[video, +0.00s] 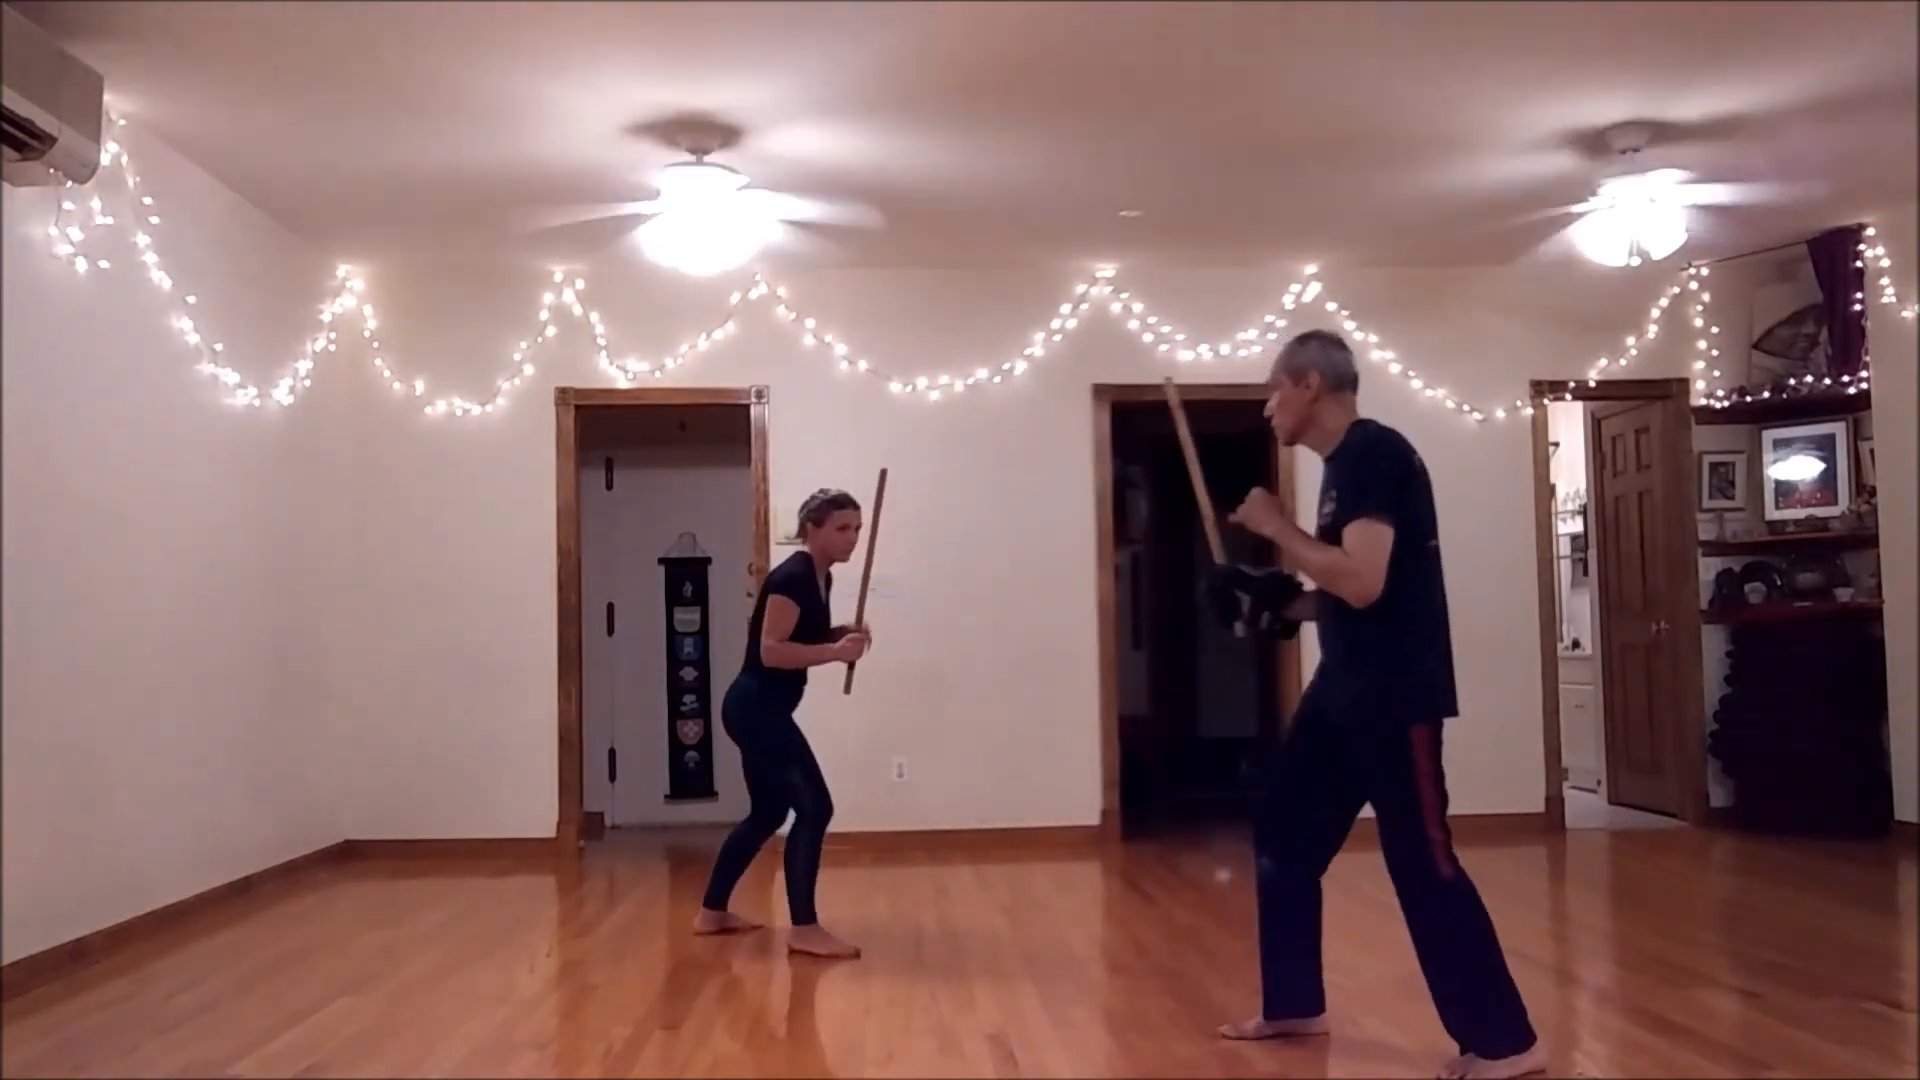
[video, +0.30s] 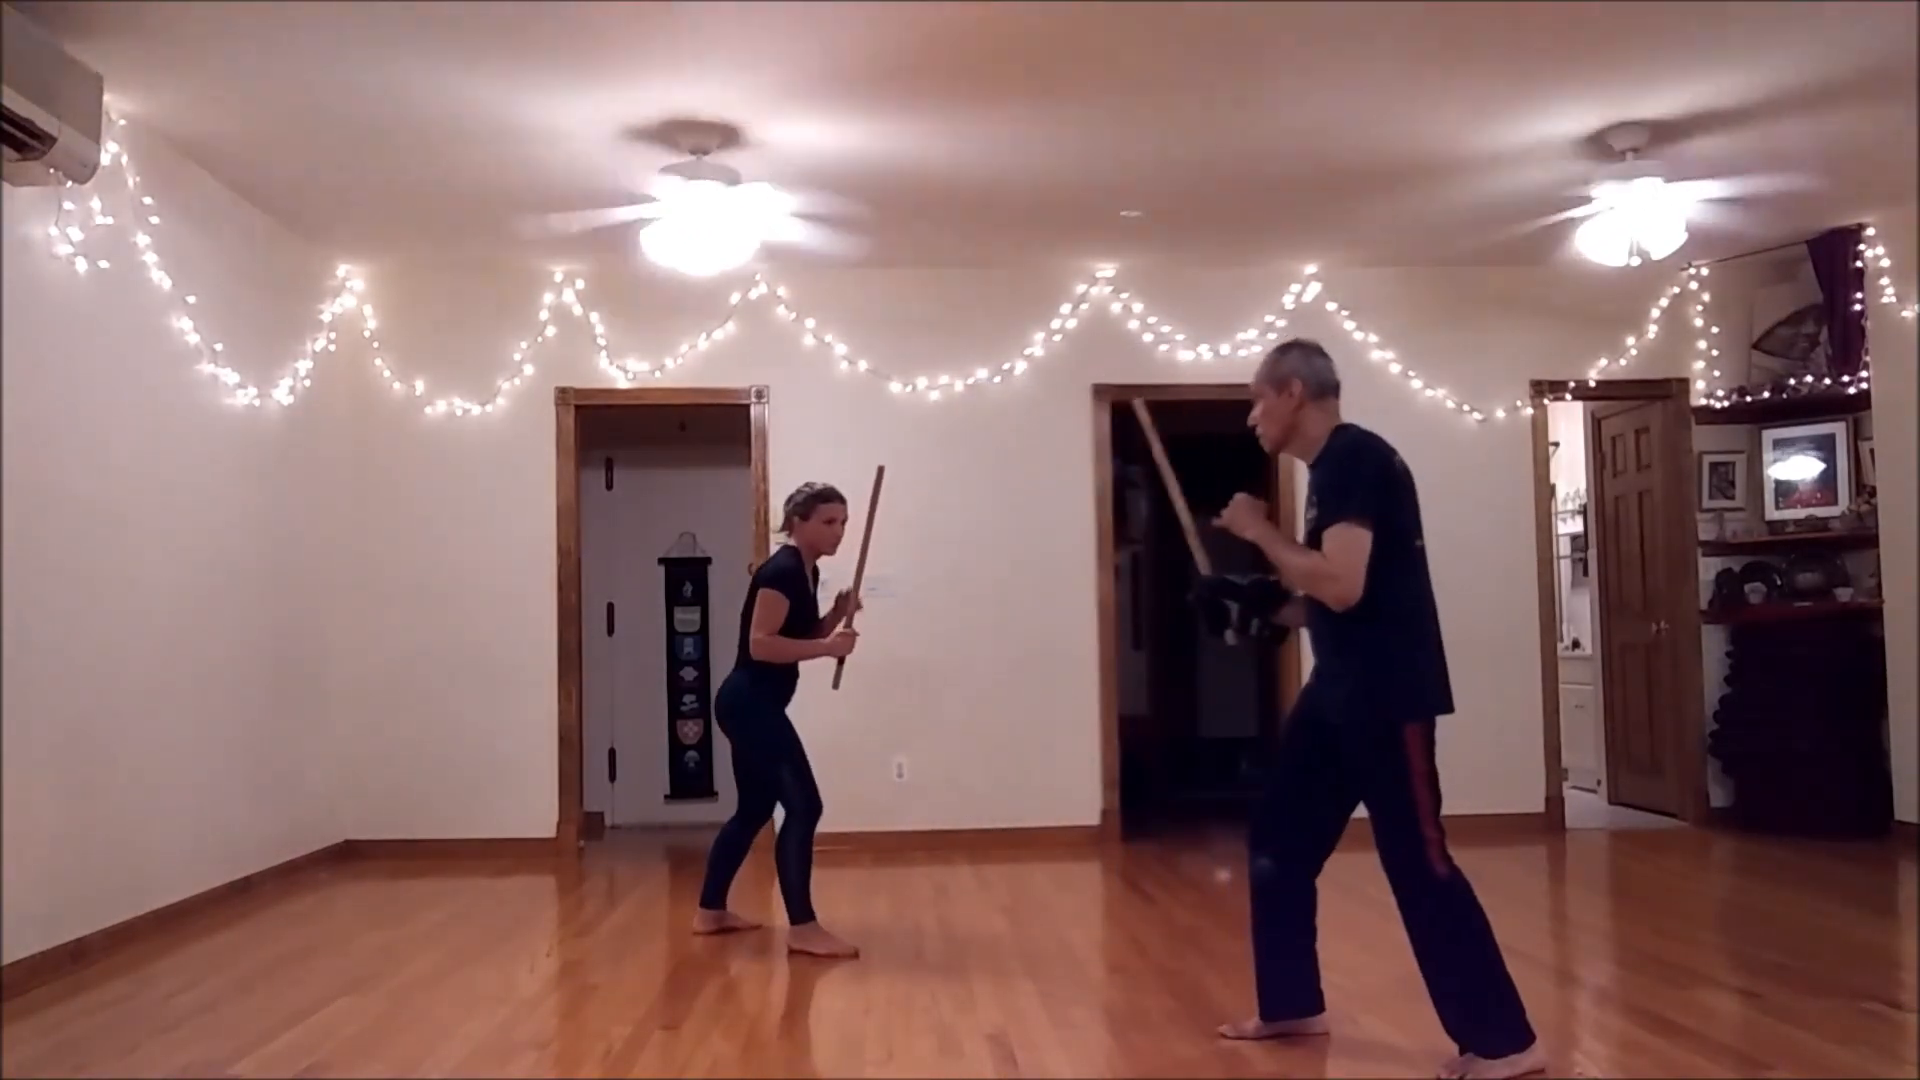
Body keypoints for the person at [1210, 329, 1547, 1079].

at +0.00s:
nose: (1270, 406)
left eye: (1276, 390)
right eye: (1270, 392)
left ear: (1314, 386)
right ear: (1320, 387)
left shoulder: (1375, 454)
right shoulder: (1341, 468)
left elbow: (1362, 578)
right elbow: (1358, 591)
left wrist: (1279, 529)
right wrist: (1284, 602)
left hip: (1397, 696)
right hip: (1346, 693)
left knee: (1424, 862)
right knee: (1286, 837)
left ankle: (1505, 1042)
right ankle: (1293, 1007)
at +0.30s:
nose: (1253, 419)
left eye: (1258, 403)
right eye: (1252, 404)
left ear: (1294, 394)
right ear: (1302, 395)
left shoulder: (1355, 456)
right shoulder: (1330, 470)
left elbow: (1341, 582)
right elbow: (1351, 592)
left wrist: (1263, 534)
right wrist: (1285, 609)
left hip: (1388, 696)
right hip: (1340, 694)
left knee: (1419, 862)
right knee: (1280, 842)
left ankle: (1504, 1041)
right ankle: (1290, 1007)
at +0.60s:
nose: (1254, 421)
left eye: (1260, 404)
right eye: (1253, 406)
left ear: (1297, 397)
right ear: (1304, 398)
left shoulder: (1353, 460)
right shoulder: (1326, 473)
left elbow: (1328, 584)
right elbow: (1333, 599)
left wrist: (1255, 533)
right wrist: (1261, 610)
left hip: (1388, 694)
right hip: (1341, 693)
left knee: (1414, 861)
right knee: (1279, 841)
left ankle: (1506, 1035)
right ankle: (1288, 1006)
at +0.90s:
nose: (1324, 435)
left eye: (1332, 420)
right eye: (1325, 421)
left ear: (1367, 421)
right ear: (1382, 422)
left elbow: (1351, 637)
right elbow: (1451, 589)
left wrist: (1305, 559)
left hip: (1384, 717)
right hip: (1363, 706)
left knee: (1420, 885)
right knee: (1249, 816)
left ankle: (1570, 1033)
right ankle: (1276, 987)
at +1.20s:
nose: (1277, 441)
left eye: (1282, 430)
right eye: (1282, 430)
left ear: (1299, 435)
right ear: (1335, 439)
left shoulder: (1326, 501)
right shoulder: (1325, 501)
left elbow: (1279, 607)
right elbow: (1251, 579)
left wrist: (1263, 532)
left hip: (1344, 713)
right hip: (1314, 709)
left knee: (1407, 865)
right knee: (1238, 814)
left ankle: (1547, 1014)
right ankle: (1220, 954)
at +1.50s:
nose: (1177, 483)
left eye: (1177, 471)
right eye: (1177, 472)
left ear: (1192, 464)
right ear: (1232, 456)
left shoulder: (1247, 498)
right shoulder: (1224, 519)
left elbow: (1226, 598)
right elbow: (1192, 634)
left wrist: (1191, 551)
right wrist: (1118, 683)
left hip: (1295, 698)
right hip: (1253, 699)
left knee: (1285, 839)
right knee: (1195, 821)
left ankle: (1395, 972)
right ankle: (1215, 961)